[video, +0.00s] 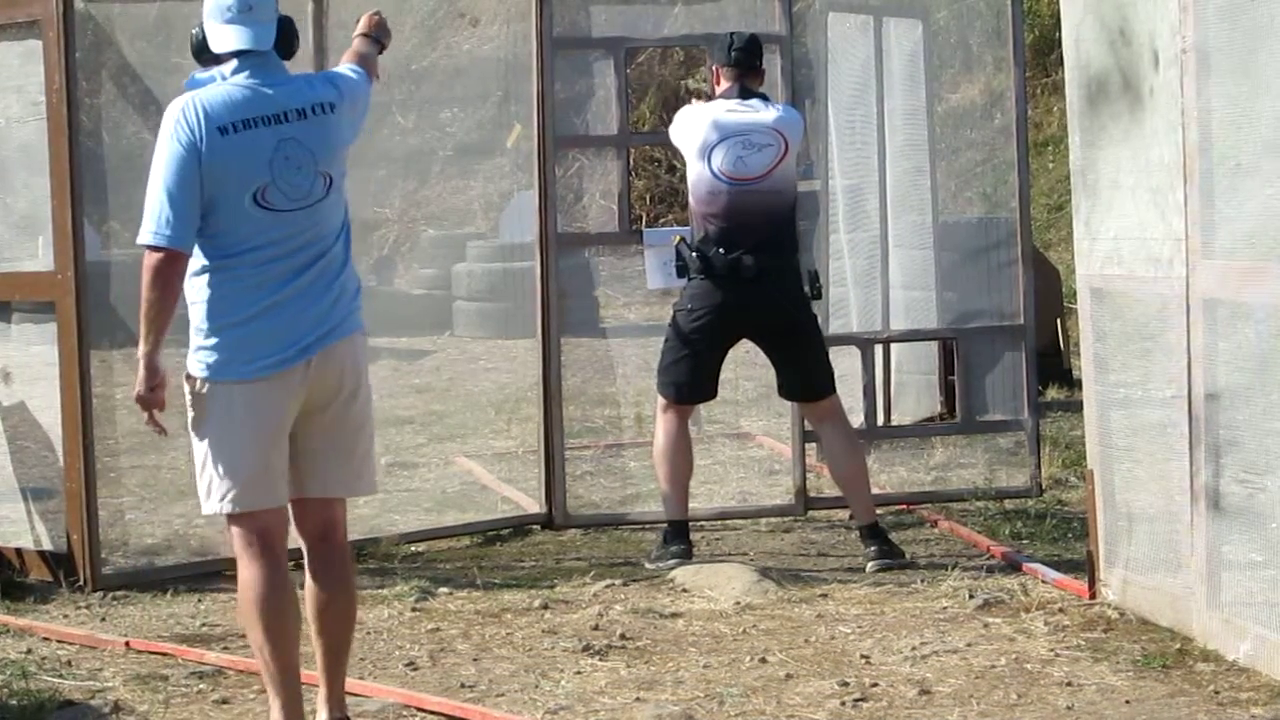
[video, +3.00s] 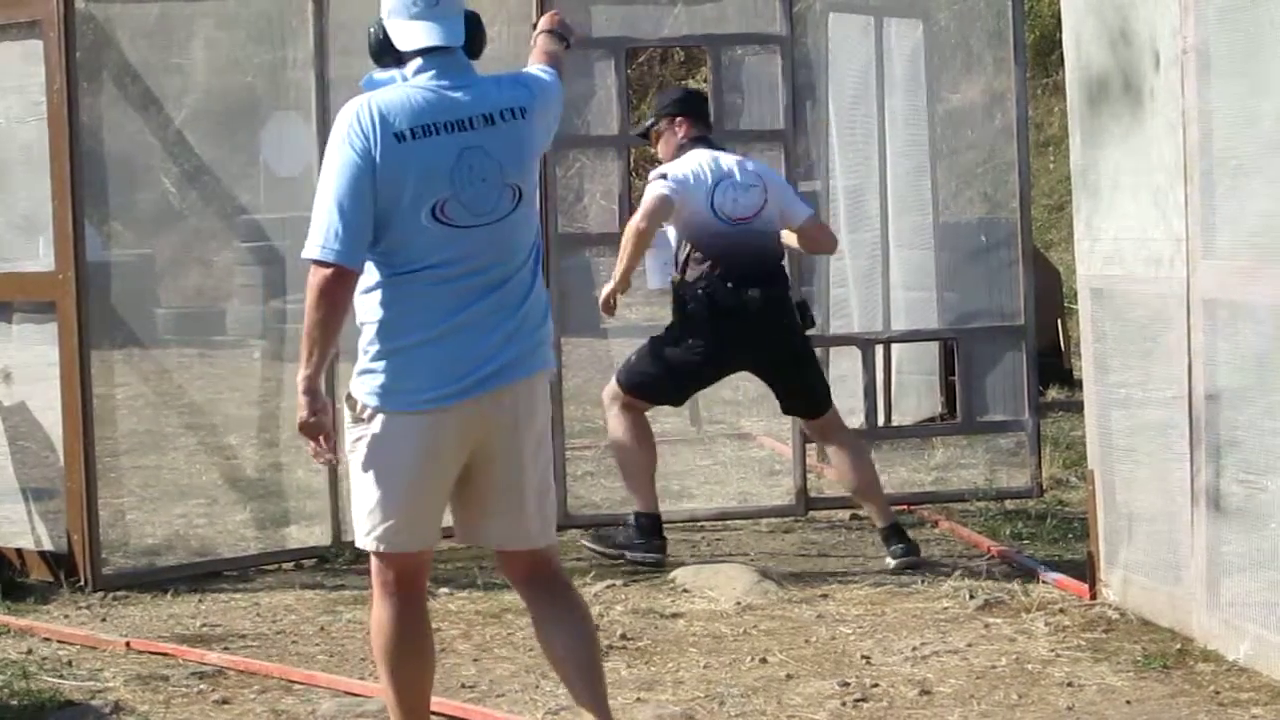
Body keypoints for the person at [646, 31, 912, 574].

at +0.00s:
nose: (713, 82)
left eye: (712, 75)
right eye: (725, 75)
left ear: (717, 77)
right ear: (762, 76)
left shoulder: (691, 121)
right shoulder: (791, 121)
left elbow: (693, 126)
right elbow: (762, 127)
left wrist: (719, 99)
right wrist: (736, 96)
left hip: (711, 296)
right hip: (781, 295)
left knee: (673, 409)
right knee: (828, 414)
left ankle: (675, 539)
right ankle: (874, 536)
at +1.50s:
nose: (761, 85)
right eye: (762, 77)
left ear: (713, 79)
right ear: (761, 78)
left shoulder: (682, 128)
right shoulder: (781, 119)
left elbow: (709, 168)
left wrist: (727, 101)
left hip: (708, 296)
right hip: (777, 292)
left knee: (683, 414)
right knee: (830, 412)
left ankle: (679, 539)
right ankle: (867, 534)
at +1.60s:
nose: (771, 84)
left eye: (768, 78)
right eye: (769, 77)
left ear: (716, 78)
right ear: (762, 79)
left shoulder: (685, 128)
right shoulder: (774, 118)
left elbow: (734, 151)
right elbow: (815, 133)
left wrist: (800, 126)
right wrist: (819, 117)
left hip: (705, 295)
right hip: (773, 293)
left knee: (695, 416)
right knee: (833, 410)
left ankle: (681, 538)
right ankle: (865, 536)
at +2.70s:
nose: (791, 93)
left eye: (788, 86)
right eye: (791, 86)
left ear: (738, 85)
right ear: (783, 84)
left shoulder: (705, 134)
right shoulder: (786, 130)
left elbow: (762, 181)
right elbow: (847, 185)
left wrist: (827, 147)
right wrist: (854, 146)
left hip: (711, 298)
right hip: (777, 296)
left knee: (703, 420)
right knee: (837, 413)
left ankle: (679, 540)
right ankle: (883, 533)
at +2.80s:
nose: (732, 115)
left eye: (733, 109)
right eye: (740, 109)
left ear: (741, 109)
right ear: (785, 108)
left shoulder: (710, 163)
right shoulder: (806, 151)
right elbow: (866, 222)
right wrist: (850, 180)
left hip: (724, 309)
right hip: (793, 308)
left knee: (690, 413)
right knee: (846, 420)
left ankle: (681, 535)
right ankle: (895, 538)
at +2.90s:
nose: (707, 140)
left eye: (709, 131)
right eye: (707, 132)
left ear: (726, 128)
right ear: (759, 129)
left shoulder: (703, 178)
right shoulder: (804, 173)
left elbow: (668, 265)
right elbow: (863, 246)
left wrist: (682, 297)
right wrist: (829, 212)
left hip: (727, 327)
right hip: (798, 327)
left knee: (663, 406)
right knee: (847, 427)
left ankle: (677, 532)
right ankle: (894, 537)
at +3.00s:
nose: (655, 147)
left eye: (658, 135)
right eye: (654, 137)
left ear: (680, 127)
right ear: (703, 129)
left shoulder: (673, 172)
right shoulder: (761, 173)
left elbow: (647, 217)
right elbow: (823, 241)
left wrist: (618, 280)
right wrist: (776, 233)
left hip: (711, 329)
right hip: (778, 329)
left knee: (620, 400)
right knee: (831, 430)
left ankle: (646, 529)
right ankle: (894, 536)